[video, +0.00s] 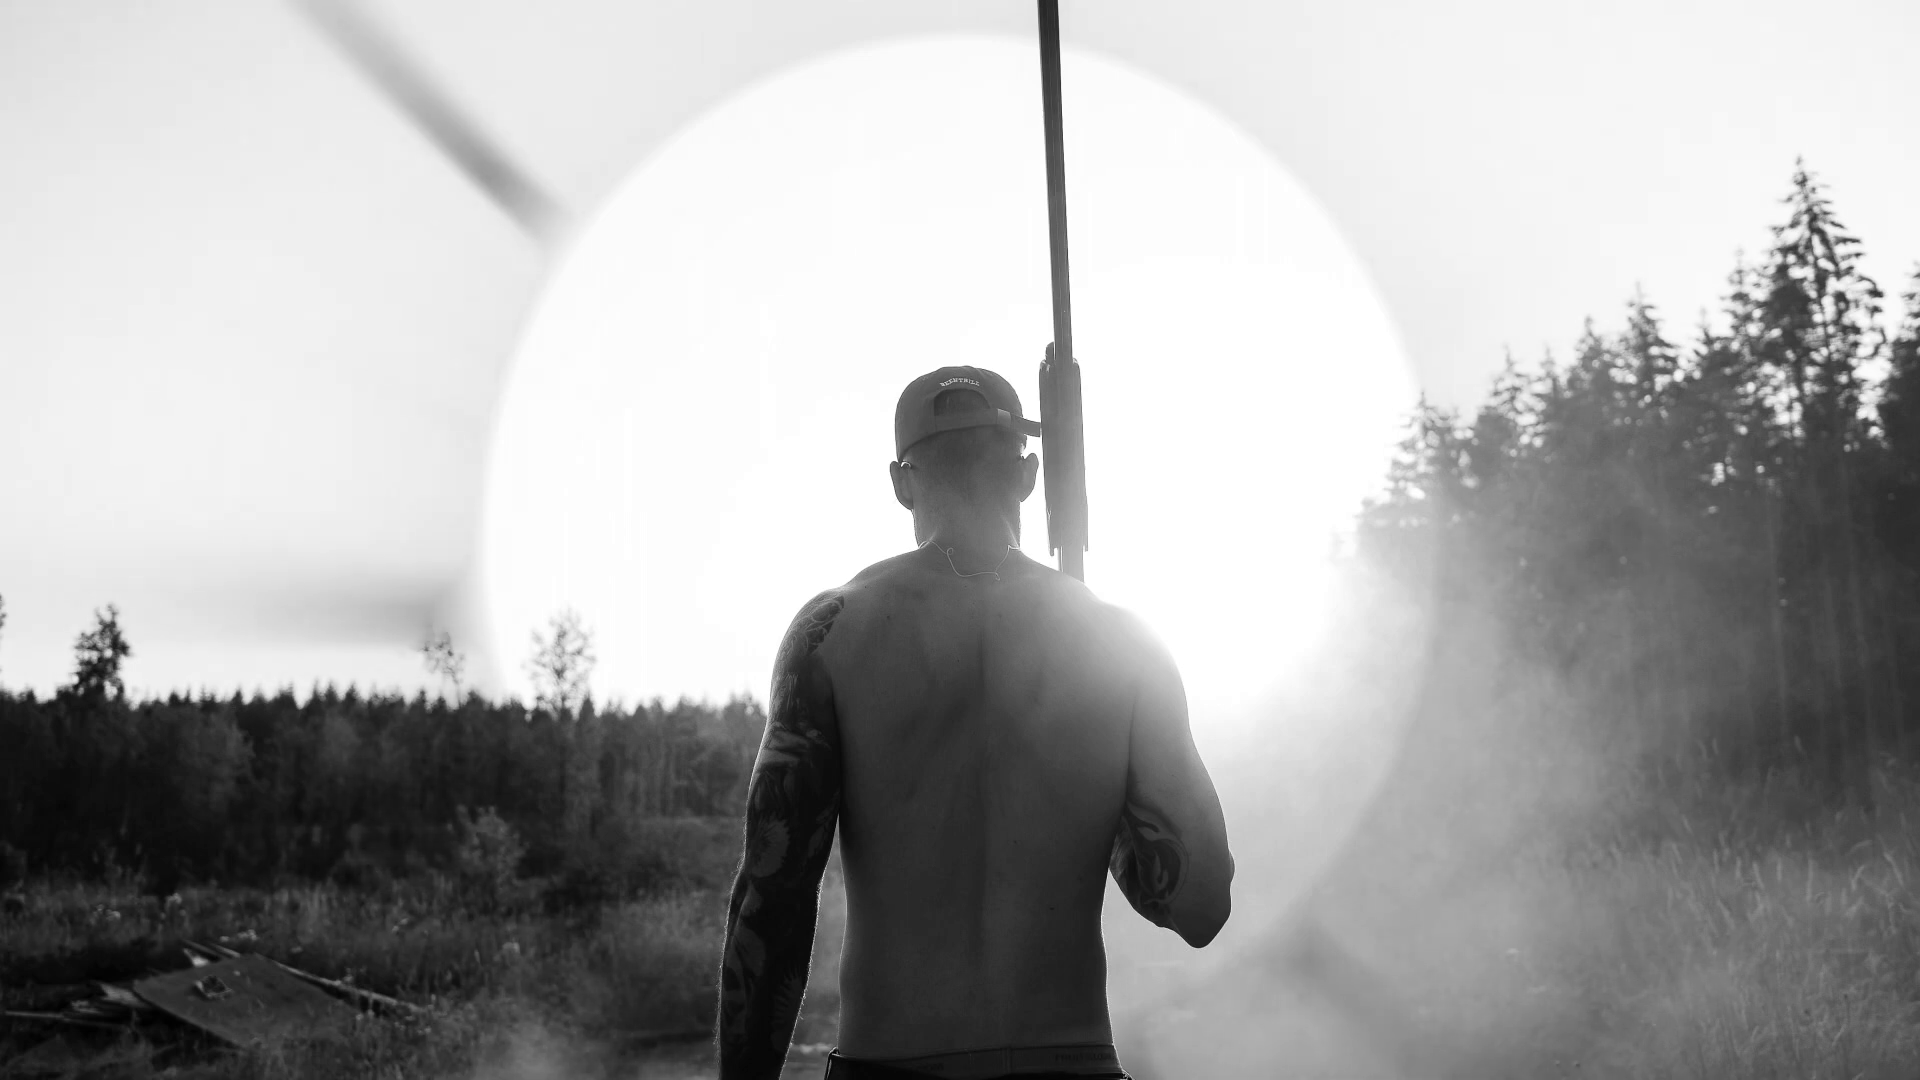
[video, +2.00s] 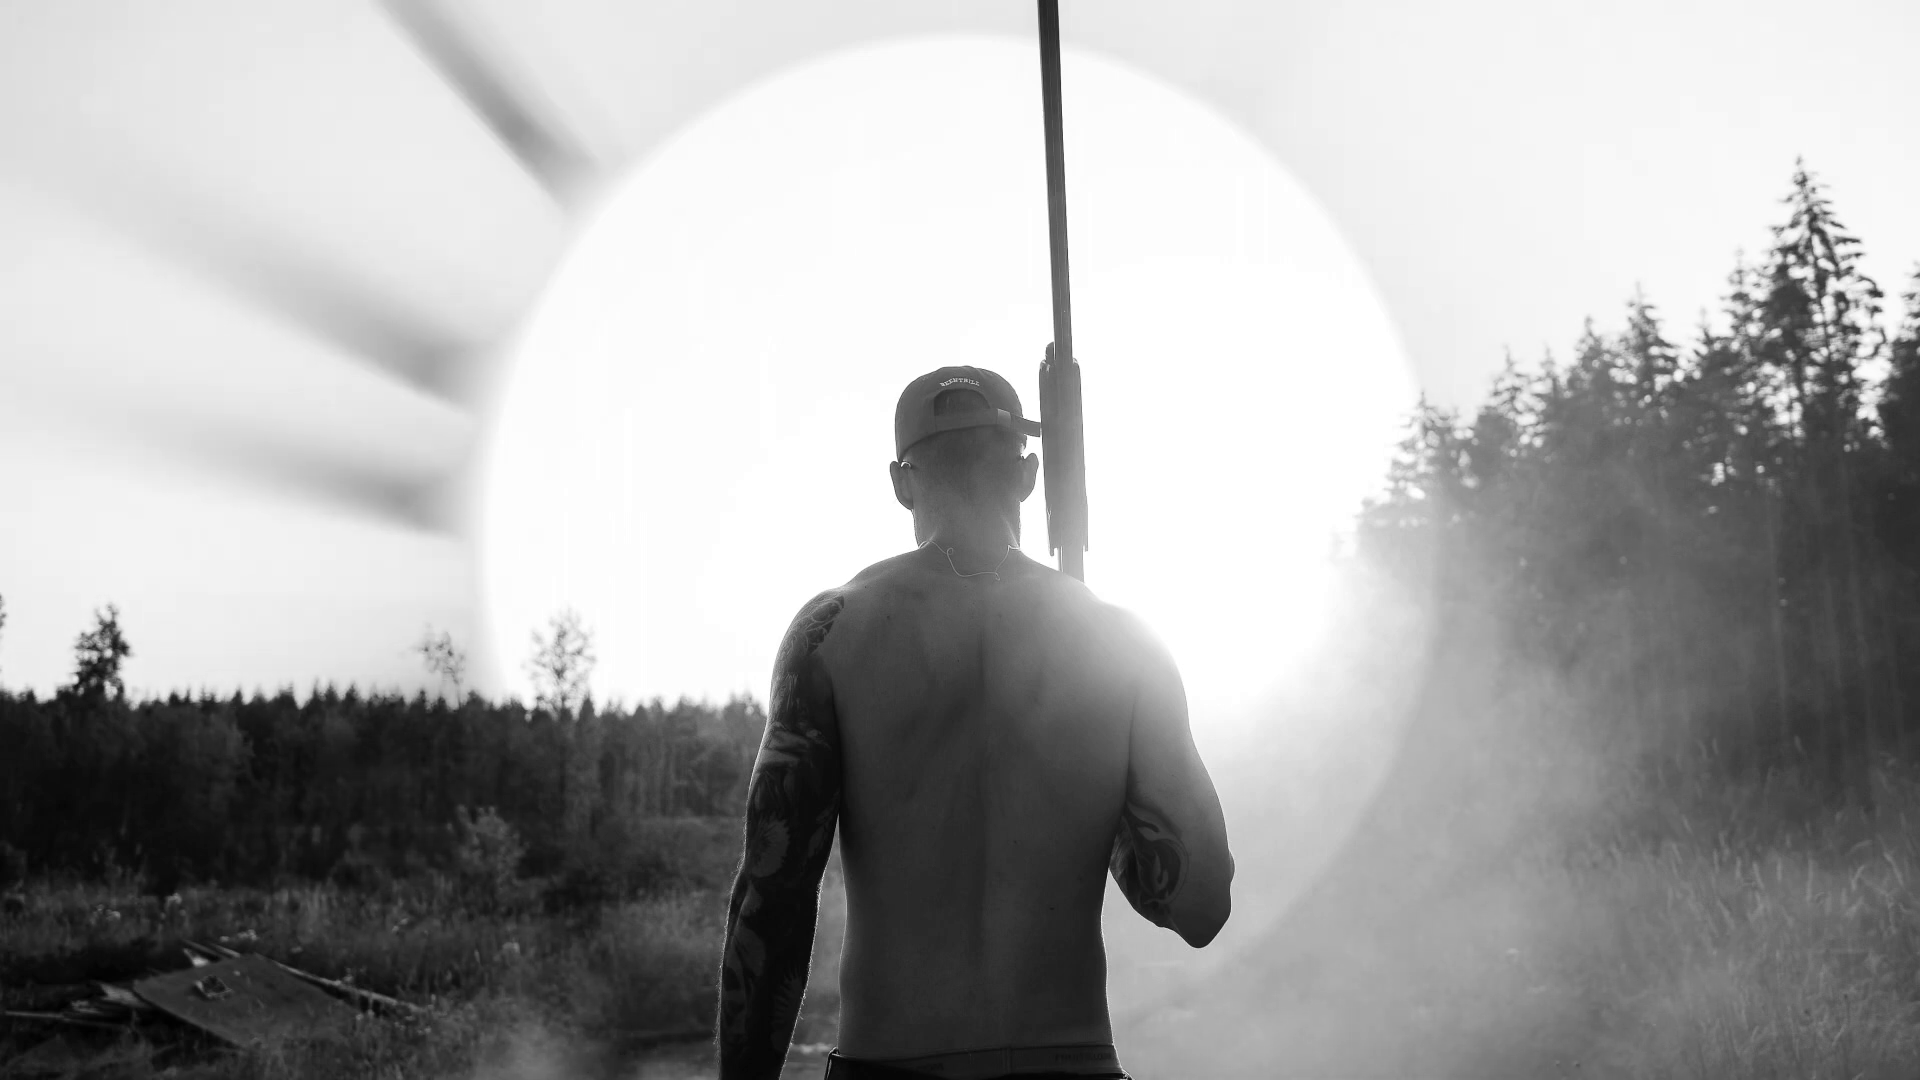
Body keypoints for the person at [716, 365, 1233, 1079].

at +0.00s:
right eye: (1017, 450)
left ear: (903, 486)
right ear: (1027, 476)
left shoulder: (832, 630)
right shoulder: (1121, 641)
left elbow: (773, 884)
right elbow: (1201, 904)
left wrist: (747, 1063)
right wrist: (1102, 803)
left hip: (887, 1045)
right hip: (1067, 1045)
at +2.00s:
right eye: (1017, 450)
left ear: (903, 486)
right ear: (1027, 476)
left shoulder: (832, 630)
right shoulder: (1121, 641)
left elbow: (773, 884)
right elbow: (1201, 904)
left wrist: (747, 1063)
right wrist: (1102, 803)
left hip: (887, 1045)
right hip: (1068, 1045)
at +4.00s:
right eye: (1015, 449)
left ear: (903, 486)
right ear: (1028, 477)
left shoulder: (831, 630)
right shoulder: (1121, 641)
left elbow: (773, 885)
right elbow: (1201, 905)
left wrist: (747, 1063)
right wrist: (1101, 800)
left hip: (886, 1046)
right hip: (1068, 1046)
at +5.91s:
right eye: (1015, 449)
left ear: (903, 486)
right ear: (1028, 477)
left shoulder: (831, 630)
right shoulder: (1121, 641)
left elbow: (773, 885)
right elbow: (1201, 904)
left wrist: (747, 1062)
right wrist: (1100, 800)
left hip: (886, 1046)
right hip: (1067, 1046)